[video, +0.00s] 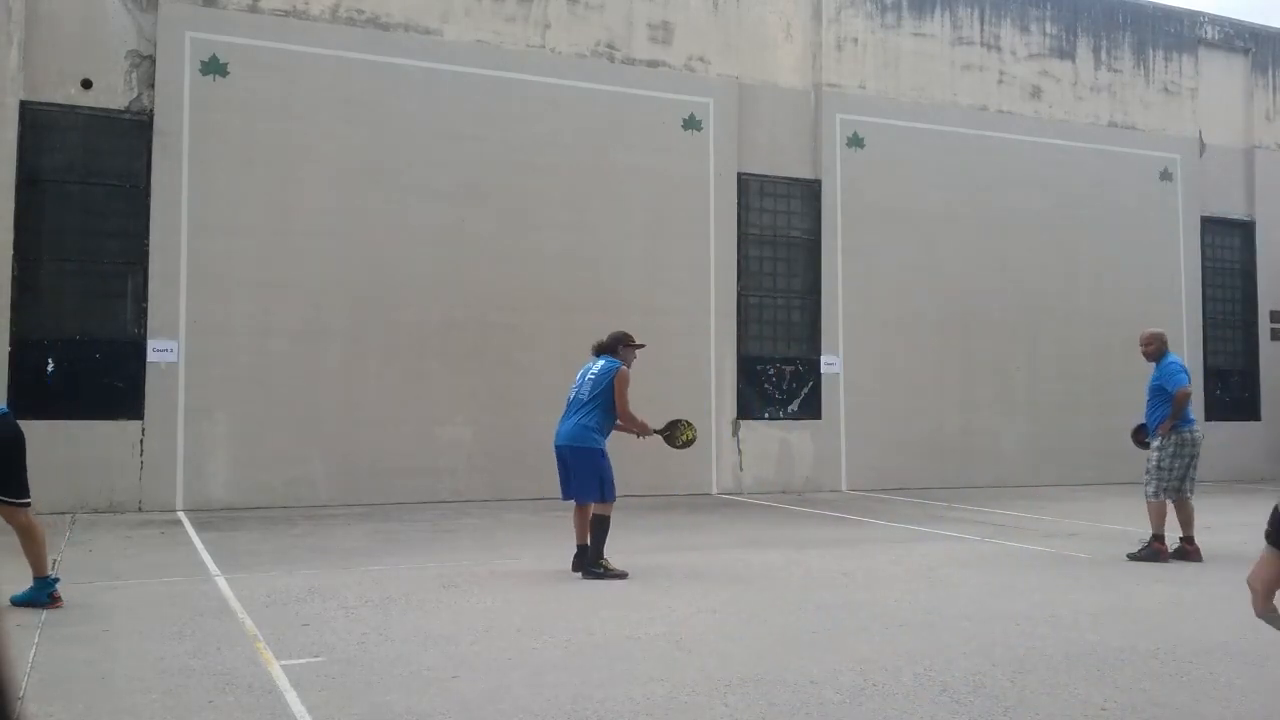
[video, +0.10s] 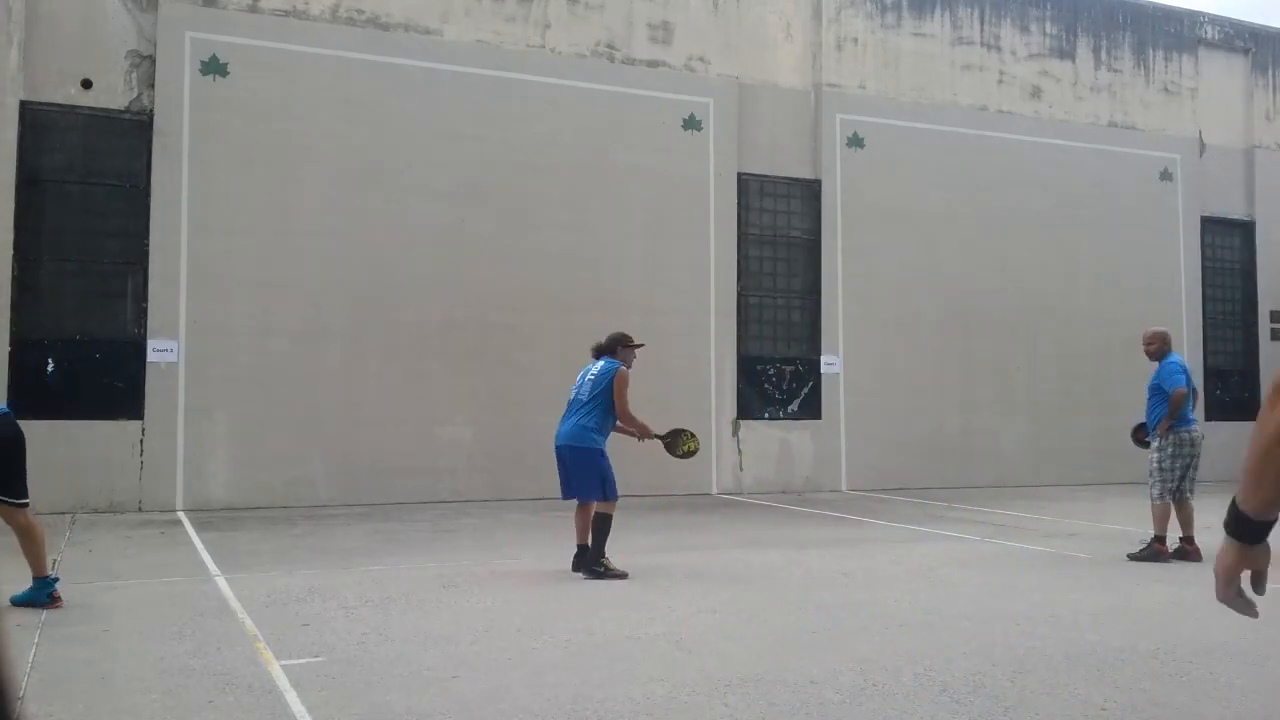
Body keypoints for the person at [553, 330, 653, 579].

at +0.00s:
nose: (635, 357)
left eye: (635, 352)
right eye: (632, 351)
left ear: (612, 351)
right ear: (620, 350)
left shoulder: (589, 368)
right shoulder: (619, 370)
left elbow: (597, 419)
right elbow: (623, 414)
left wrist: (631, 429)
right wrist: (643, 427)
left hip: (564, 441)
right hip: (587, 442)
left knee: (582, 499)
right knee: (605, 498)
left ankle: (581, 555)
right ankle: (595, 561)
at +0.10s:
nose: (635, 357)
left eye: (635, 352)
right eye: (632, 352)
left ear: (612, 352)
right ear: (619, 351)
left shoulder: (589, 369)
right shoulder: (619, 370)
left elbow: (598, 420)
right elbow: (623, 414)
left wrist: (632, 432)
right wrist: (645, 430)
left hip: (564, 441)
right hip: (587, 443)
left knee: (585, 499)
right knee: (608, 498)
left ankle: (581, 556)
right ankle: (596, 560)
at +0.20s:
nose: (635, 358)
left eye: (635, 353)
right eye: (632, 353)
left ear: (612, 353)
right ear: (619, 352)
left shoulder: (590, 370)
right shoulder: (619, 371)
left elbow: (598, 420)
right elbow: (623, 416)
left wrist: (631, 434)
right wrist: (646, 433)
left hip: (563, 440)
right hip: (586, 441)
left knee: (588, 497)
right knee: (612, 495)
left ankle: (581, 555)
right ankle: (598, 557)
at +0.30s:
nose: (636, 362)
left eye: (636, 357)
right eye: (633, 357)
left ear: (612, 355)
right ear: (622, 354)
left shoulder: (590, 371)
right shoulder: (619, 372)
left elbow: (600, 423)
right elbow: (622, 418)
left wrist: (634, 436)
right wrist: (645, 438)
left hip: (563, 440)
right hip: (586, 441)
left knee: (588, 496)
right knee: (613, 492)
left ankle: (582, 555)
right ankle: (600, 554)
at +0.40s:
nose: (636, 371)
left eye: (638, 367)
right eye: (637, 366)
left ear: (616, 357)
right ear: (628, 359)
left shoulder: (592, 372)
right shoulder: (622, 374)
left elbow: (603, 424)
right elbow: (621, 419)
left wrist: (636, 438)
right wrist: (641, 446)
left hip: (563, 439)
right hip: (586, 440)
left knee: (588, 496)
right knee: (612, 492)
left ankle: (581, 555)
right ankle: (602, 554)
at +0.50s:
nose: (637, 378)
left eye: (640, 375)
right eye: (639, 373)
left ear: (618, 361)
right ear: (634, 364)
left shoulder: (595, 374)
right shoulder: (625, 376)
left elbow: (600, 426)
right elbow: (623, 422)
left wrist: (632, 443)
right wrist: (639, 456)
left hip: (563, 439)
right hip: (587, 440)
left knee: (587, 496)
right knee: (611, 493)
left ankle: (582, 555)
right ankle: (605, 557)